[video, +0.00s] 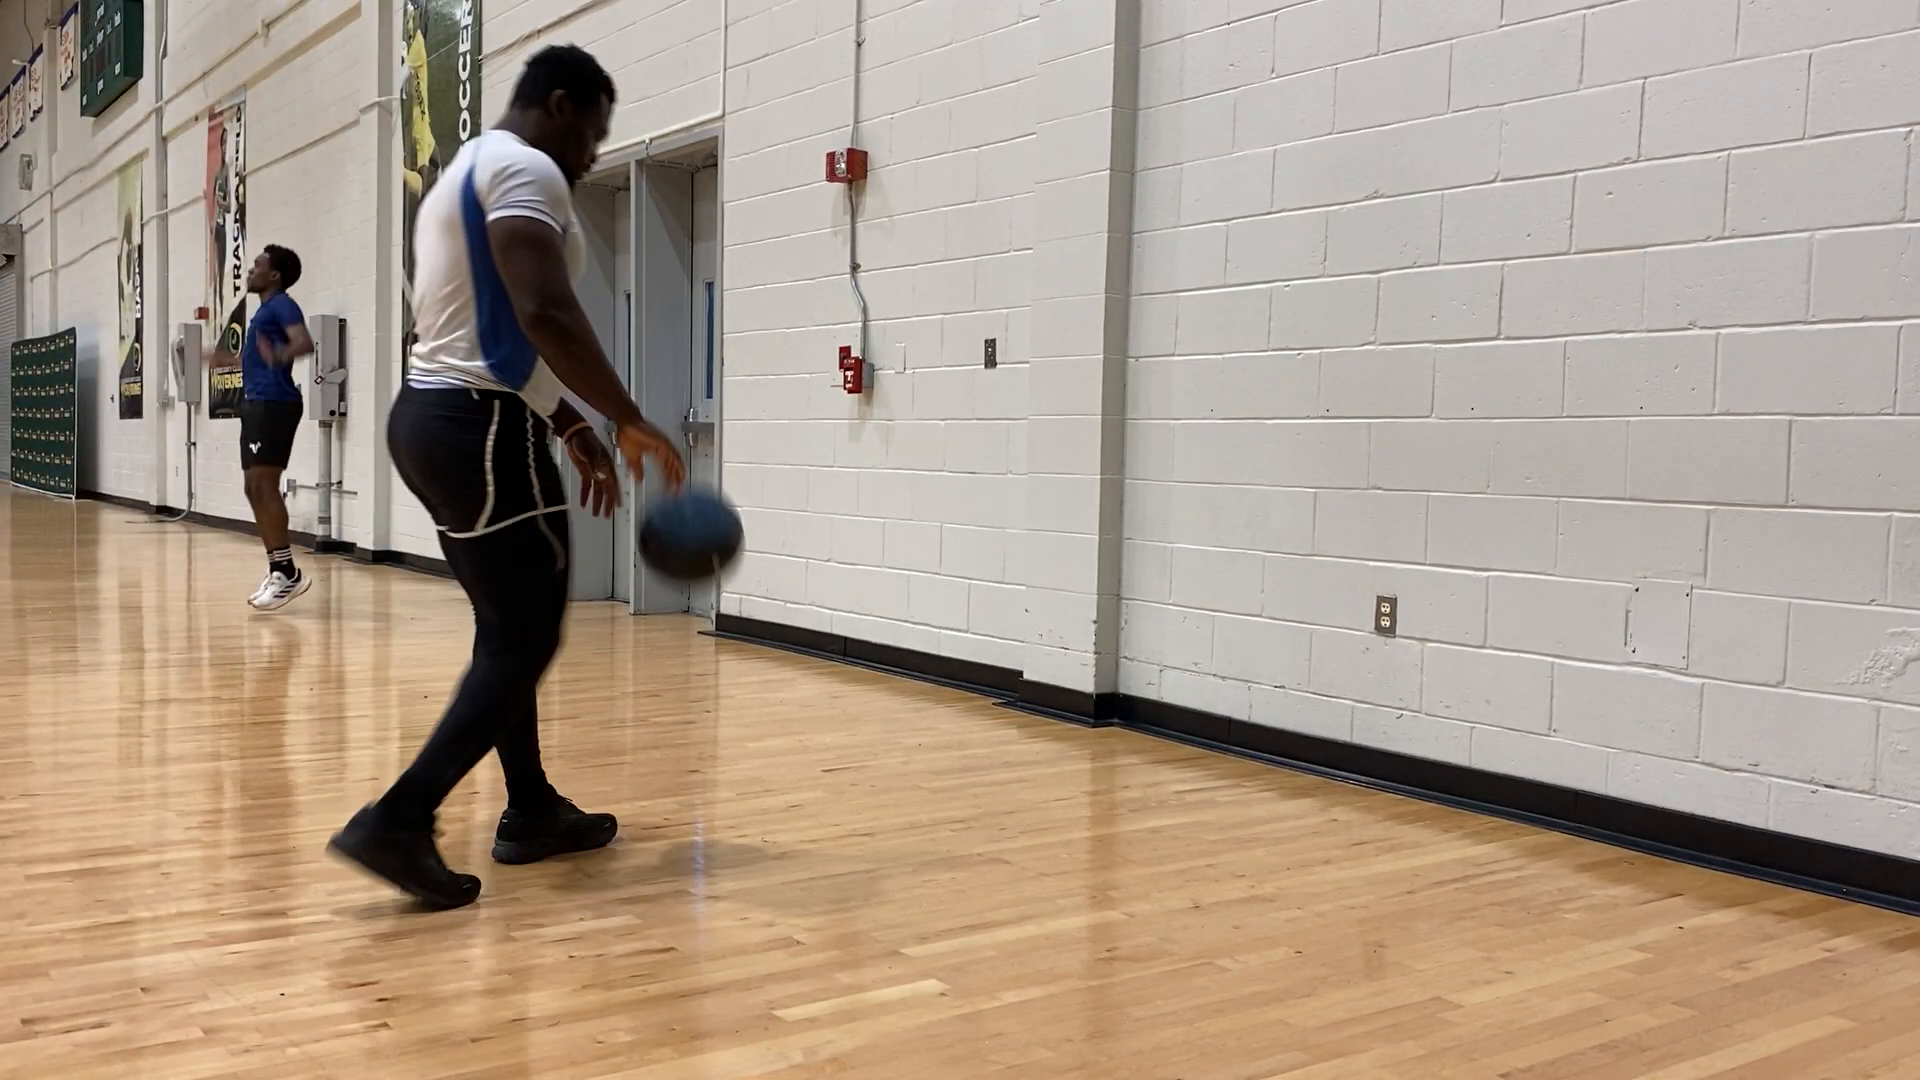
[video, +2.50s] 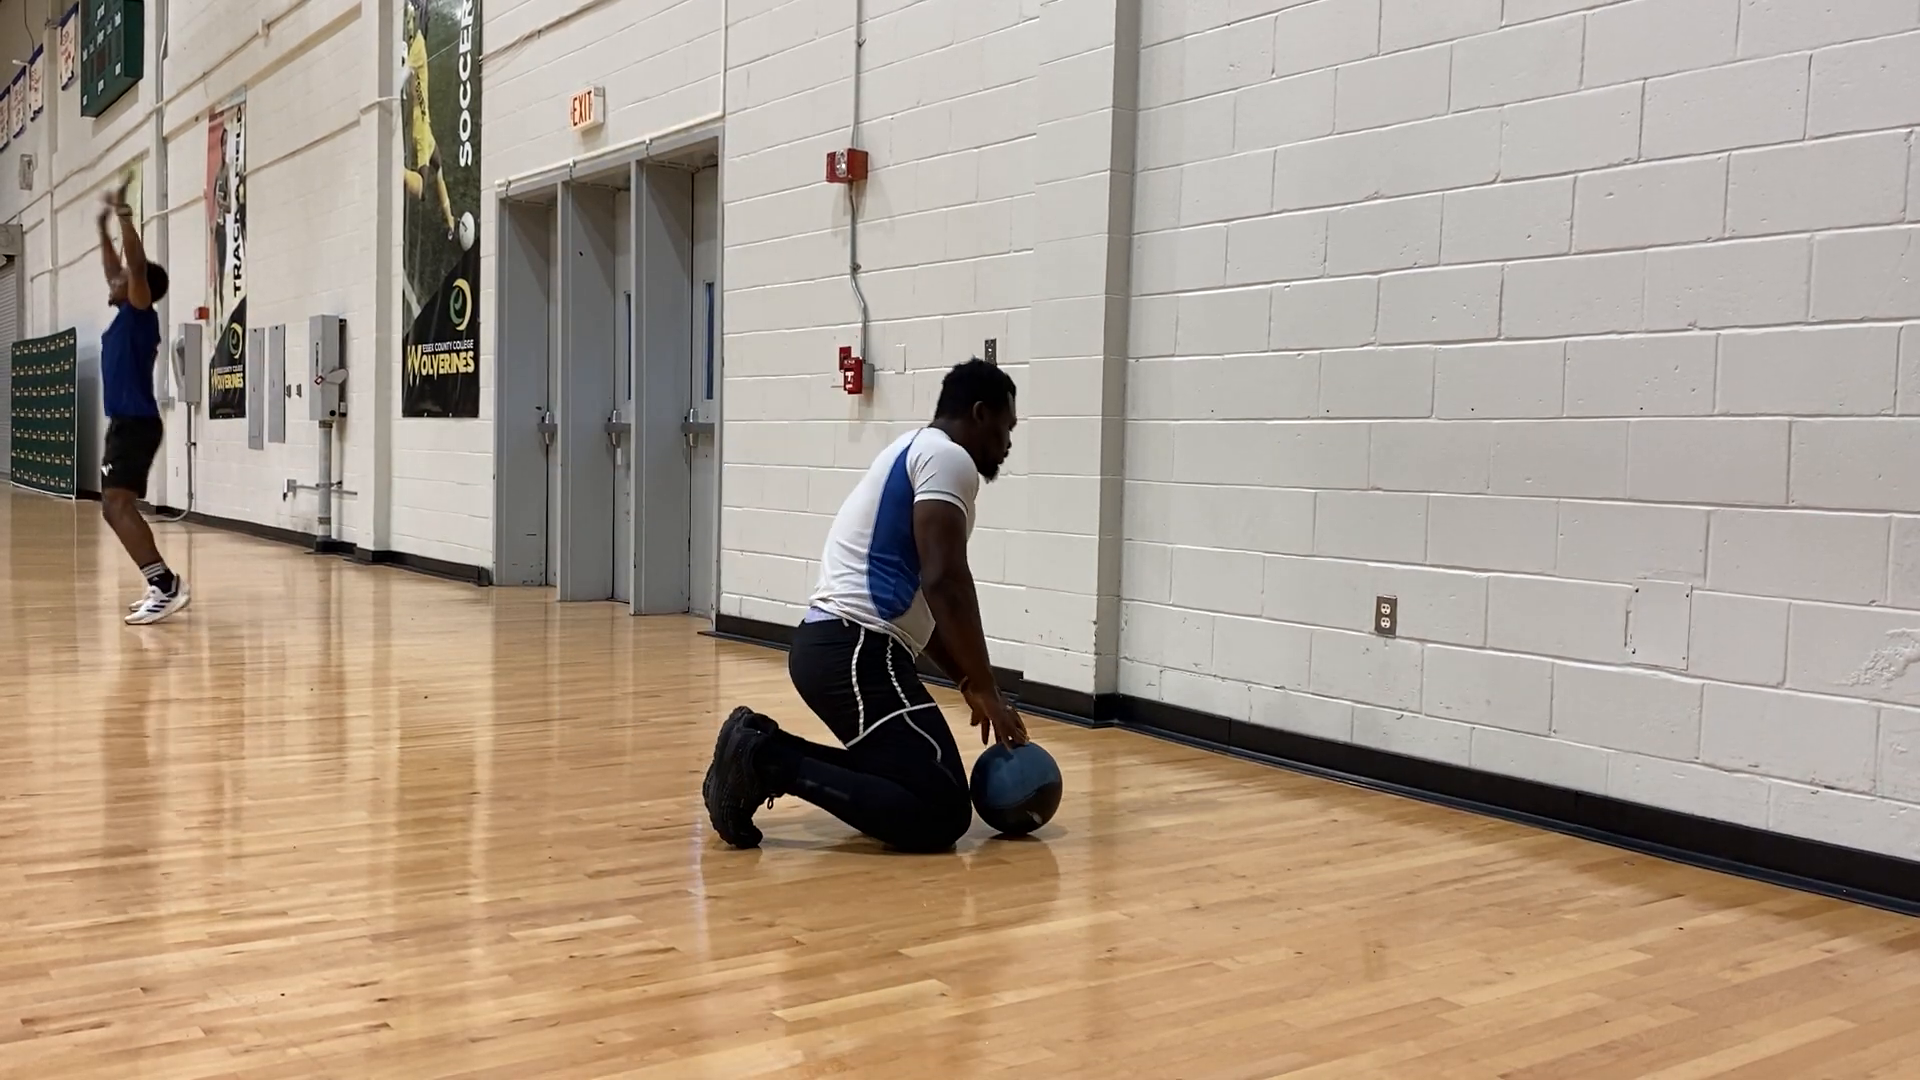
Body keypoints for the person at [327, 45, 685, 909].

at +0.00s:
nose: (594, 155)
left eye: (599, 139)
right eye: (594, 134)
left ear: (528, 103)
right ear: (558, 105)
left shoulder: (462, 171)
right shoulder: (521, 166)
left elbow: (484, 329)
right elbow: (544, 308)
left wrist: (566, 421)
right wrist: (628, 417)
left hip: (434, 415)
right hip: (479, 417)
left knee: (509, 619)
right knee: (527, 628)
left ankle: (530, 807)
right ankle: (397, 822)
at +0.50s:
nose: (745, 190)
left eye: (754, 176)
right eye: (750, 169)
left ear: (700, 133)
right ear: (717, 139)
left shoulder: (612, 179)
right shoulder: (669, 185)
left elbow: (584, 301)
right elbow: (615, 290)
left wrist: (647, 386)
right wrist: (679, 393)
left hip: (558, 414)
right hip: (612, 416)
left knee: (611, 607)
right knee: (659, 612)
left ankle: (546, 793)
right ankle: (657, 803)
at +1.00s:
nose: (858, 283)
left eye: (868, 271)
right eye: (863, 264)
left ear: (825, 229)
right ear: (835, 235)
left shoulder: (748, 252)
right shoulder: (767, 261)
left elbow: (705, 397)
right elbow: (725, 376)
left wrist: (745, 491)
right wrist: (765, 500)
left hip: (607, 433)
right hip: (633, 440)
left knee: (695, 605)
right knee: (727, 608)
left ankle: (650, 789)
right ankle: (666, 798)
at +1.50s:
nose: (863, 475)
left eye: (868, 460)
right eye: (862, 458)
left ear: (816, 440)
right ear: (827, 443)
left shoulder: (765, 474)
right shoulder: (805, 491)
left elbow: (812, 618)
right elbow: (853, 612)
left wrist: (876, 701)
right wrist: (924, 694)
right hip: (656, 664)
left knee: (826, 663)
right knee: (838, 685)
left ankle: (680, 774)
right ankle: (683, 785)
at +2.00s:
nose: (907, 409)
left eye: (904, 394)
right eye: (899, 393)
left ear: (854, 397)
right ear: (864, 398)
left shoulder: (783, 467)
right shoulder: (855, 480)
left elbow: (801, 592)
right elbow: (881, 618)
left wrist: (876, 654)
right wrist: (943, 709)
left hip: (780, 684)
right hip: (819, 690)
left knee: (922, 791)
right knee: (938, 826)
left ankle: (750, 755)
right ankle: (761, 776)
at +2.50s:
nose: (1009, 444)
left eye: (1011, 430)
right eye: (1007, 428)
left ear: (960, 413)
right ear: (979, 415)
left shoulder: (913, 453)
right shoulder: (945, 455)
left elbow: (909, 607)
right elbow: (944, 580)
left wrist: (970, 684)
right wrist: (985, 689)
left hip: (838, 643)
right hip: (856, 647)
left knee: (936, 793)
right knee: (940, 817)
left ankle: (767, 745)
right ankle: (768, 760)